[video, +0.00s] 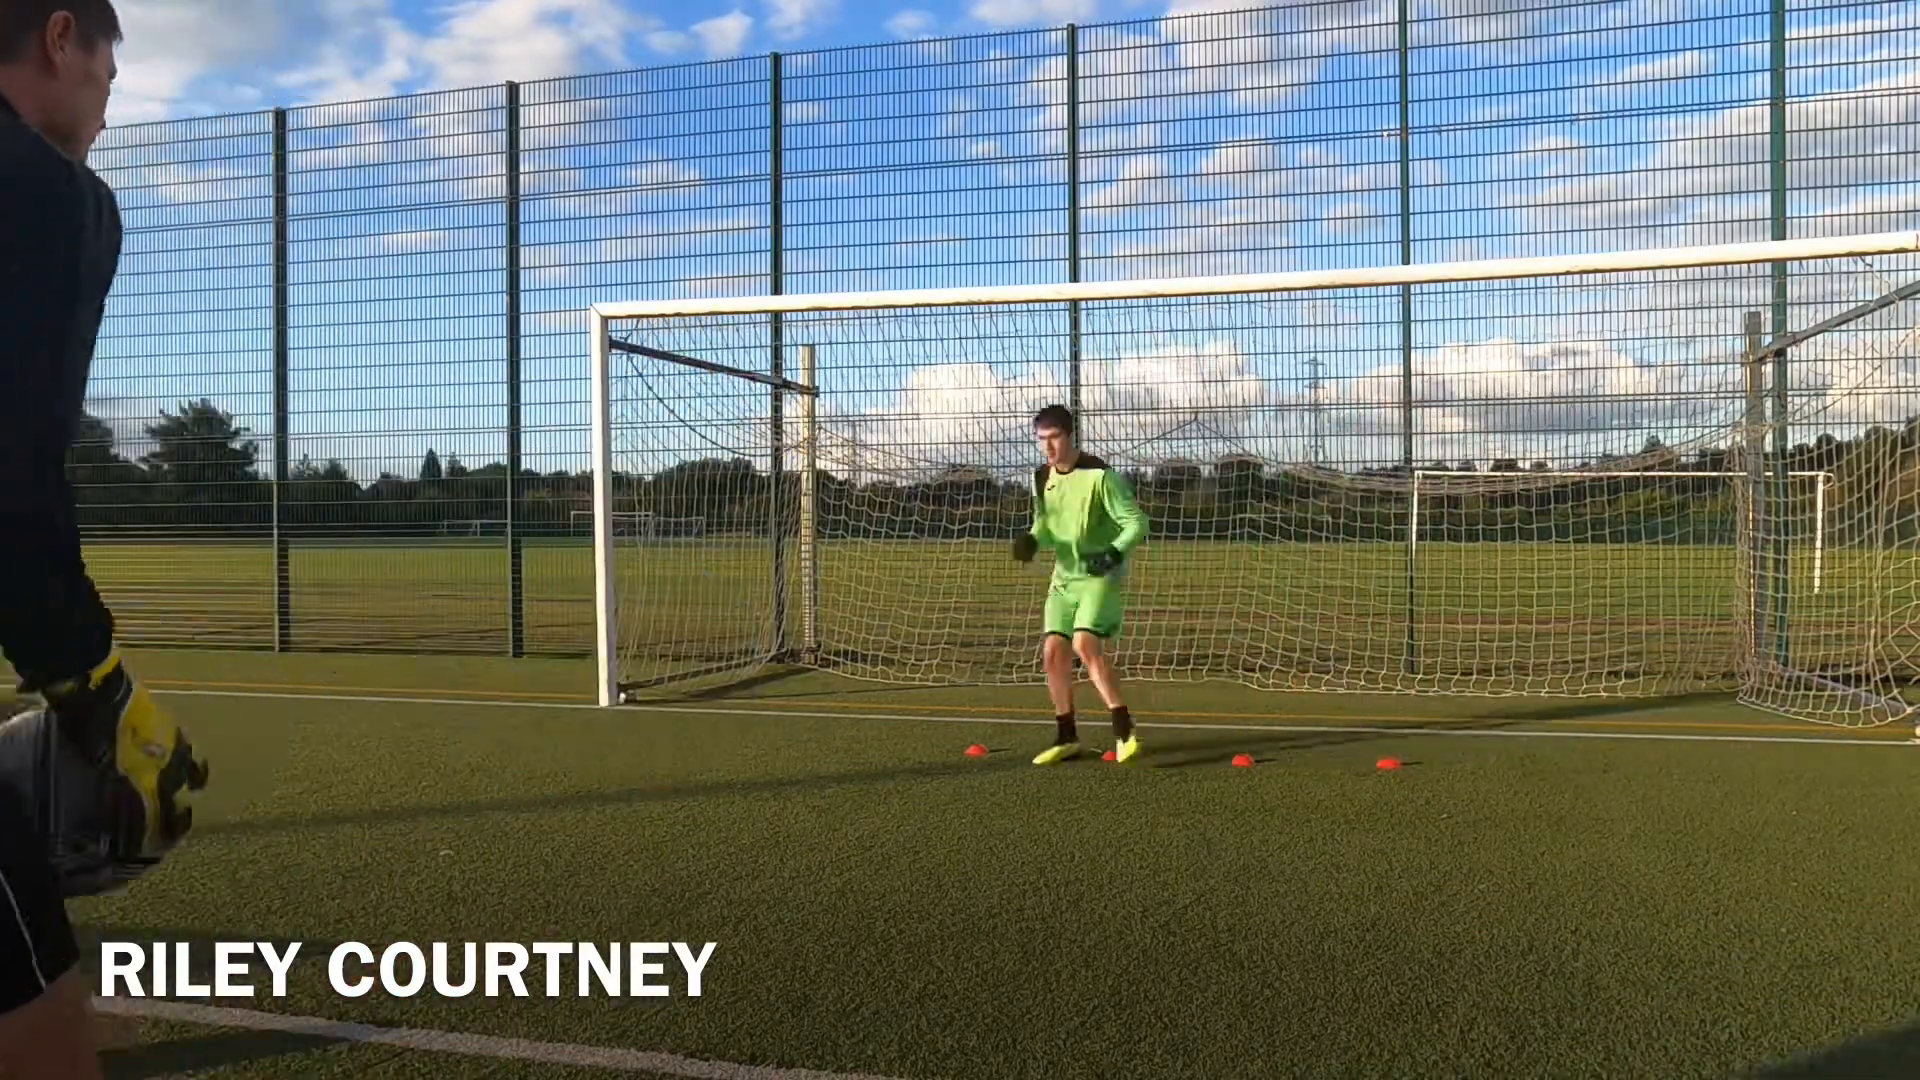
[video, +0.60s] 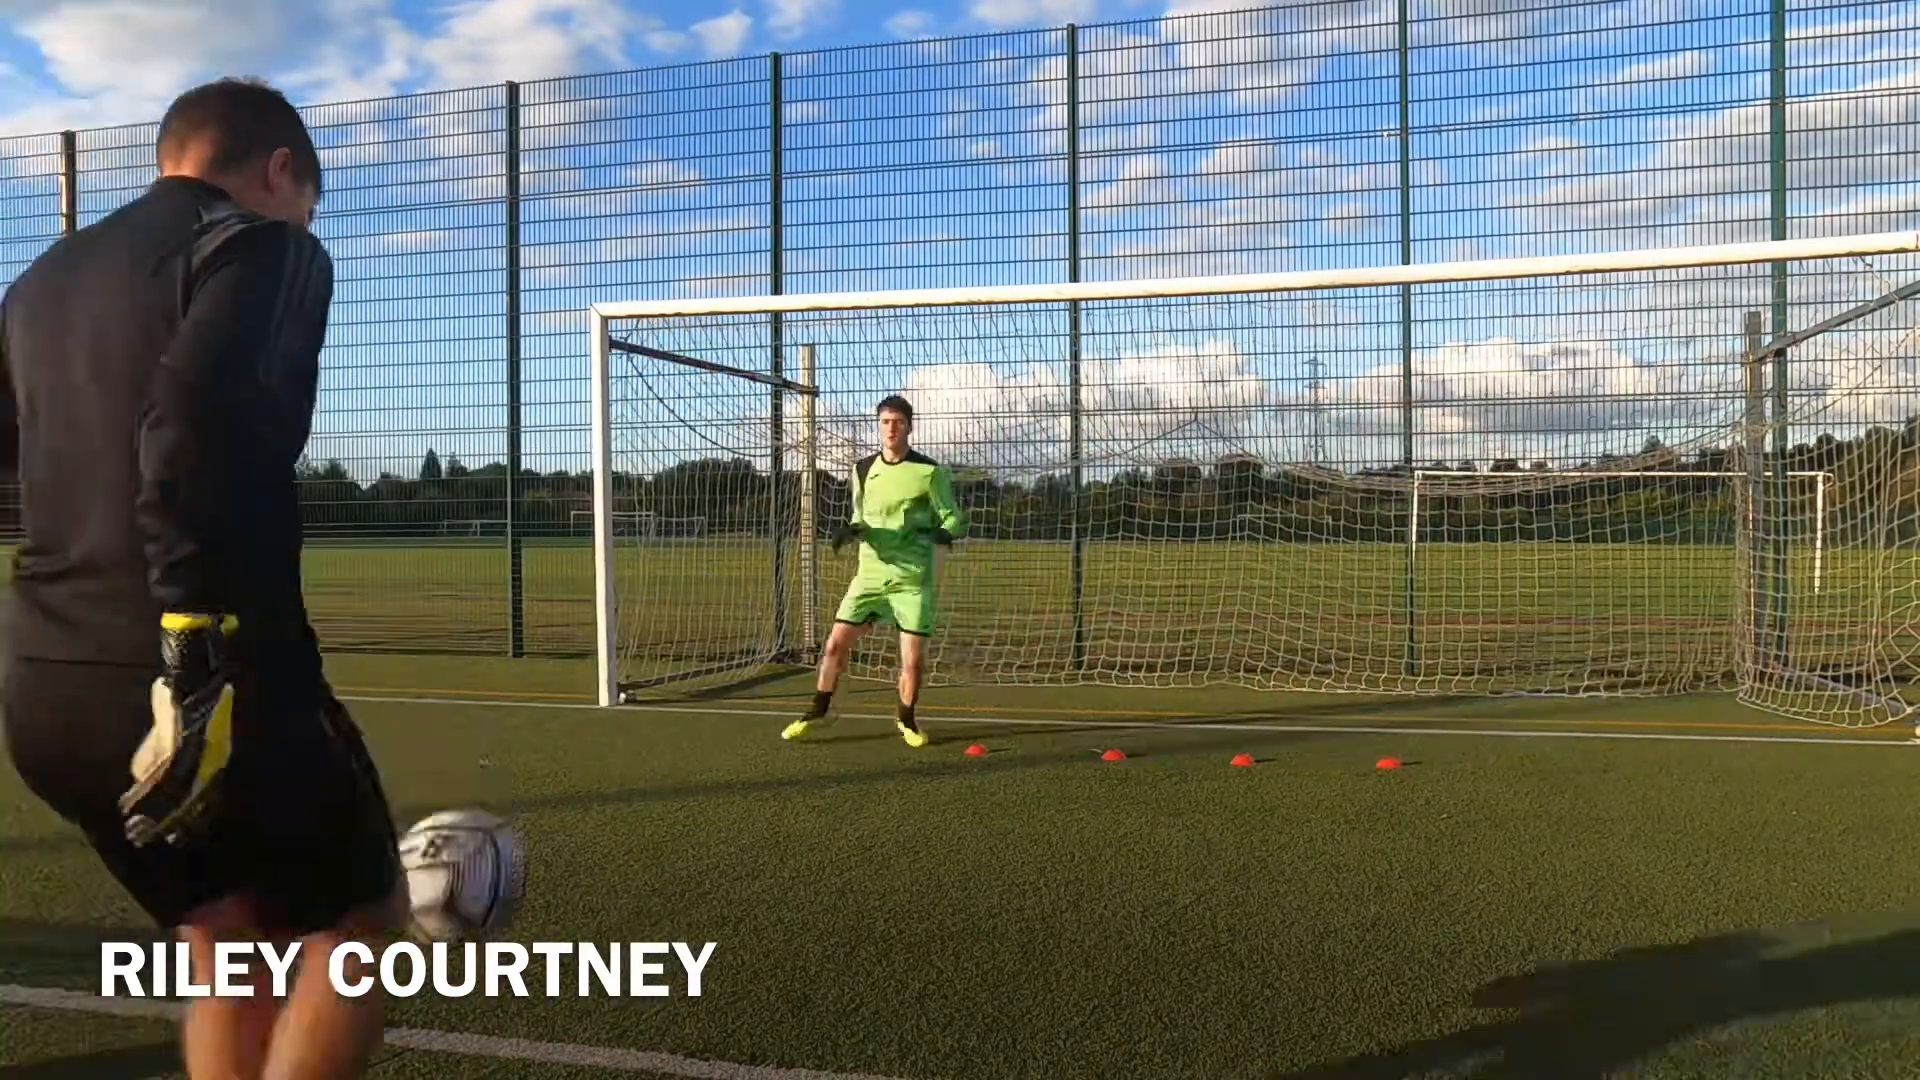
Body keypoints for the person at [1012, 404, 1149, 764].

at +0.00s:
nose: (1048, 446)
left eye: (1054, 438)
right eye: (1042, 439)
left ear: (1071, 435)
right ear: (1038, 441)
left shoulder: (1101, 476)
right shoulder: (1041, 480)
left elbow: (1137, 523)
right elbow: (1043, 527)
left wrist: (1115, 552)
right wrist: (1030, 542)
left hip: (1098, 578)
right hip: (1063, 578)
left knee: (1086, 644)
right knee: (1052, 652)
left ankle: (1125, 732)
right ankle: (1067, 738)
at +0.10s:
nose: (1019, 432)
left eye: (1026, 424)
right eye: (1013, 425)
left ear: (1042, 427)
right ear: (1008, 430)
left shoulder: (1069, 469)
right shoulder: (1008, 470)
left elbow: (1098, 516)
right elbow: (1015, 512)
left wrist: (1069, 542)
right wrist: (1005, 533)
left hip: (1065, 572)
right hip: (1027, 570)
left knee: (1044, 647)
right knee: (1008, 637)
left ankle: (1068, 701)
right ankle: (1033, 719)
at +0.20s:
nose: (990, 433)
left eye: (997, 425)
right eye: (985, 426)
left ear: (1012, 428)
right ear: (979, 431)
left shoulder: (1037, 476)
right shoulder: (982, 474)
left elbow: (1060, 524)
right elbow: (989, 521)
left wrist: (1034, 551)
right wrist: (978, 543)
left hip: (1030, 582)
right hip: (994, 576)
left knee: (1020, 664)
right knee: (955, 631)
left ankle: (1053, 723)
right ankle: (974, 694)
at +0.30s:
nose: (962, 431)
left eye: (969, 424)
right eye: (956, 425)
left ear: (981, 429)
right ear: (949, 431)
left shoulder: (1005, 476)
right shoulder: (945, 476)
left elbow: (1027, 525)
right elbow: (948, 521)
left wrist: (1006, 554)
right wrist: (943, 546)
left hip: (998, 582)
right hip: (956, 579)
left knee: (1012, 659)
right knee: (922, 647)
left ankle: (1052, 726)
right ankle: (898, 720)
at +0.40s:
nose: (934, 431)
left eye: (941, 425)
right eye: (929, 425)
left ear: (953, 429)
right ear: (921, 430)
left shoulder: (975, 478)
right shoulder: (908, 475)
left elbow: (996, 522)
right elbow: (903, 518)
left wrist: (985, 546)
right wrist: (901, 542)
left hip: (962, 579)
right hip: (918, 578)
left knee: (977, 656)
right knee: (899, 656)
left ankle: (1016, 714)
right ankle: (894, 724)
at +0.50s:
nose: (912, 426)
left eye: (918, 419)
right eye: (906, 419)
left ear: (930, 423)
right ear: (898, 424)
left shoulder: (950, 470)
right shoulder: (885, 467)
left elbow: (974, 514)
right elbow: (876, 512)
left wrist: (963, 535)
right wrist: (871, 534)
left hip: (936, 575)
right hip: (893, 574)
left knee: (941, 648)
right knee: (863, 642)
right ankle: (870, 717)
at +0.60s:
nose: (892, 429)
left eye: (898, 422)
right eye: (886, 422)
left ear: (910, 427)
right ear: (878, 427)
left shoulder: (931, 472)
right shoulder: (862, 470)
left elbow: (955, 520)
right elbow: (860, 517)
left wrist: (937, 535)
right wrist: (848, 531)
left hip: (913, 579)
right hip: (869, 575)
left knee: (913, 659)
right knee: (835, 643)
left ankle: (906, 718)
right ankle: (819, 711)